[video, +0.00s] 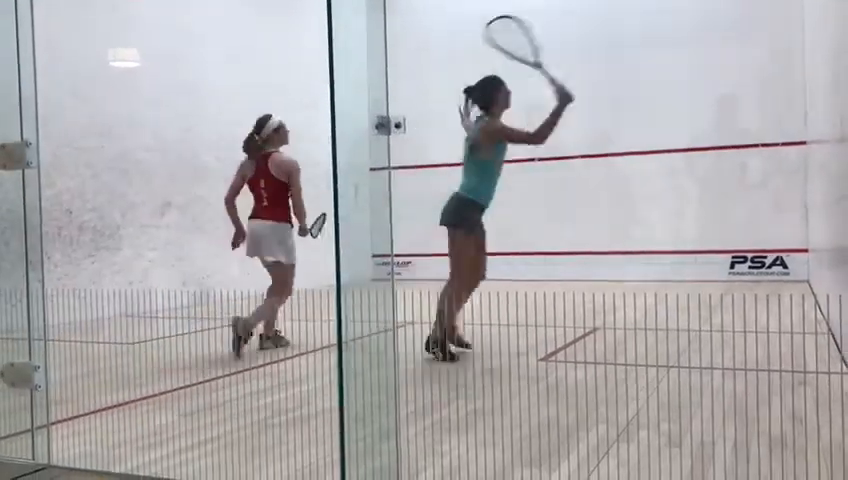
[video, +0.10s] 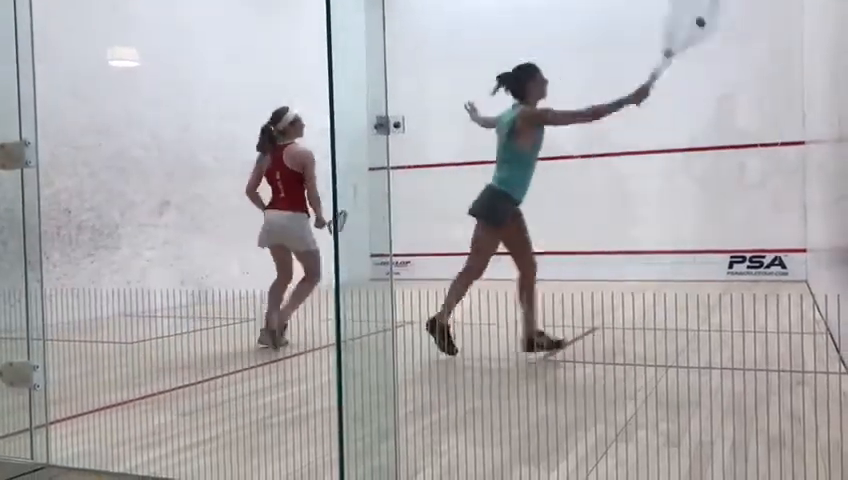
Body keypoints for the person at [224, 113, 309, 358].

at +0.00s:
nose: (287, 131)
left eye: (284, 127)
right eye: (282, 128)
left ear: (264, 138)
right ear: (274, 136)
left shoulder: (248, 164)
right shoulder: (288, 164)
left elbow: (229, 199)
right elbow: (297, 200)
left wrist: (239, 228)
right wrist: (303, 223)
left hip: (255, 228)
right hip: (279, 229)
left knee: (278, 283)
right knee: (284, 289)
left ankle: (269, 333)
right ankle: (248, 325)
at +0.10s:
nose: (302, 123)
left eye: (299, 119)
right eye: (297, 121)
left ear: (278, 130)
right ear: (289, 129)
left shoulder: (266, 155)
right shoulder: (303, 154)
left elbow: (251, 190)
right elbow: (311, 191)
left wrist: (265, 209)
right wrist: (319, 215)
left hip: (271, 220)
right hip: (295, 221)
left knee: (283, 274)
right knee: (313, 274)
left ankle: (269, 327)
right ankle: (282, 317)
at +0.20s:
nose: (318, 120)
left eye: (316, 116)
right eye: (313, 118)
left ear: (294, 126)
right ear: (303, 125)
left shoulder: (284, 149)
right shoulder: (320, 150)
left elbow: (267, 183)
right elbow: (327, 189)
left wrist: (281, 201)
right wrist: (340, 214)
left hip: (287, 213)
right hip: (311, 213)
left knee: (297, 270)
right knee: (335, 266)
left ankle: (274, 320)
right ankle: (316, 316)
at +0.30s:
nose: (337, 132)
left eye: (334, 128)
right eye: (334, 129)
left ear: (312, 134)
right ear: (329, 132)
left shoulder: (304, 157)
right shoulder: (338, 159)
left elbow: (290, 196)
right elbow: (345, 200)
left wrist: (300, 217)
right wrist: (358, 230)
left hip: (301, 223)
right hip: (324, 223)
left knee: (308, 277)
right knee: (357, 263)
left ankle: (280, 323)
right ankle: (356, 321)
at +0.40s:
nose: (362, 155)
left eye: (360, 151)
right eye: (359, 152)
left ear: (339, 155)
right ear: (354, 155)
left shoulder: (327, 176)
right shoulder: (358, 180)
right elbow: (365, 221)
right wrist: (383, 248)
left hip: (316, 239)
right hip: (342, 240)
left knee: (308, 291)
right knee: (379, 268)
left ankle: (277, 333)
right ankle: (388, 321)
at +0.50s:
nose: (399, 157)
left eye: (397, 154)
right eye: (395, 155)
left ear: (376, 159)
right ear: (388, 159)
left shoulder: (363, 182)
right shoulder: (390, 186)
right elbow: (394, 228)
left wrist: (400, 251)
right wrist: (411, 255)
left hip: (346, 235)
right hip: (368, 238)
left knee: (323, 285)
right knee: (399, 270)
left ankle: (283, 322)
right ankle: (397, 323)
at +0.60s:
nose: (434, 155)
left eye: (434, 151)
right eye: (432, 152)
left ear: (414, 154)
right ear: (425, 155)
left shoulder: (401, 175)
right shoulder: (425, 181)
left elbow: (391, 206)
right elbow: (423, 220)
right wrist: (436, 244)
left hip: (378, 229)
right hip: (397, 232)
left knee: (370, 283)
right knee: (421, 277)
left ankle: (325, 304)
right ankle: (401, 323)